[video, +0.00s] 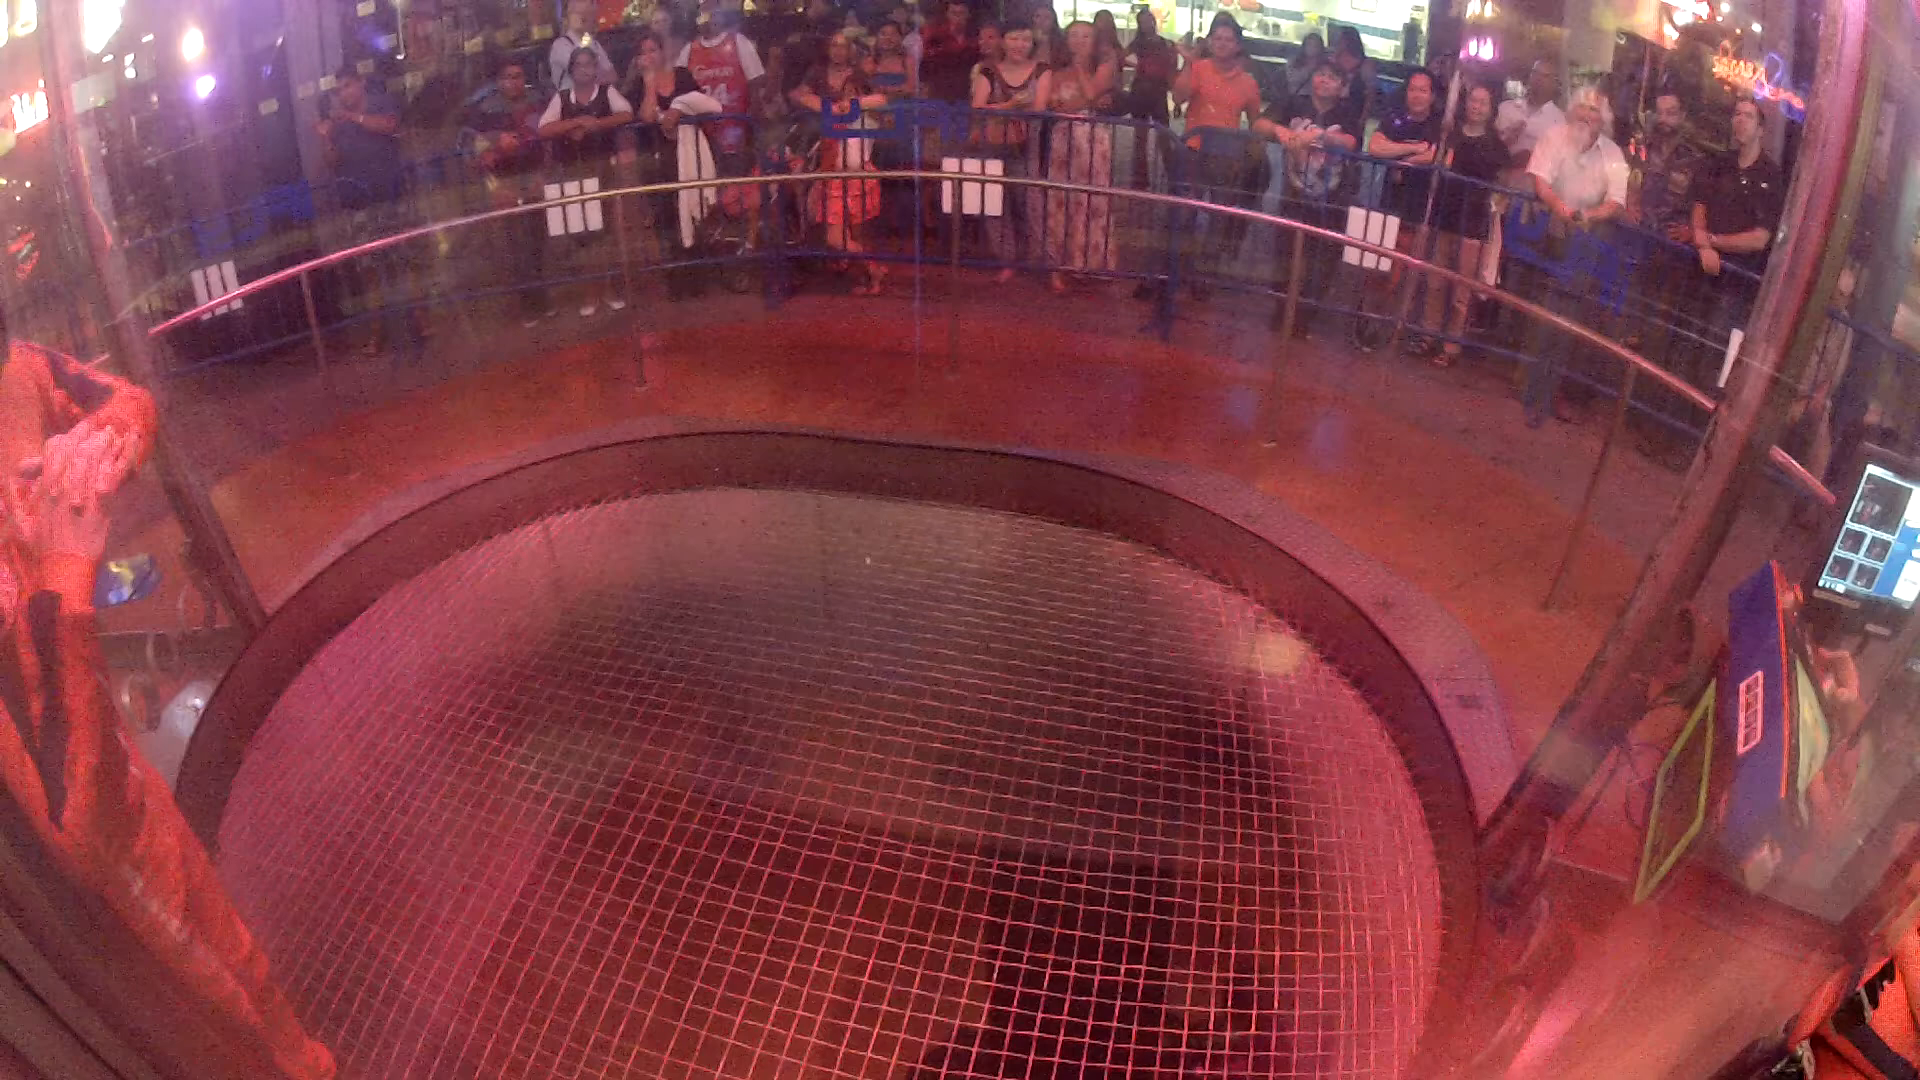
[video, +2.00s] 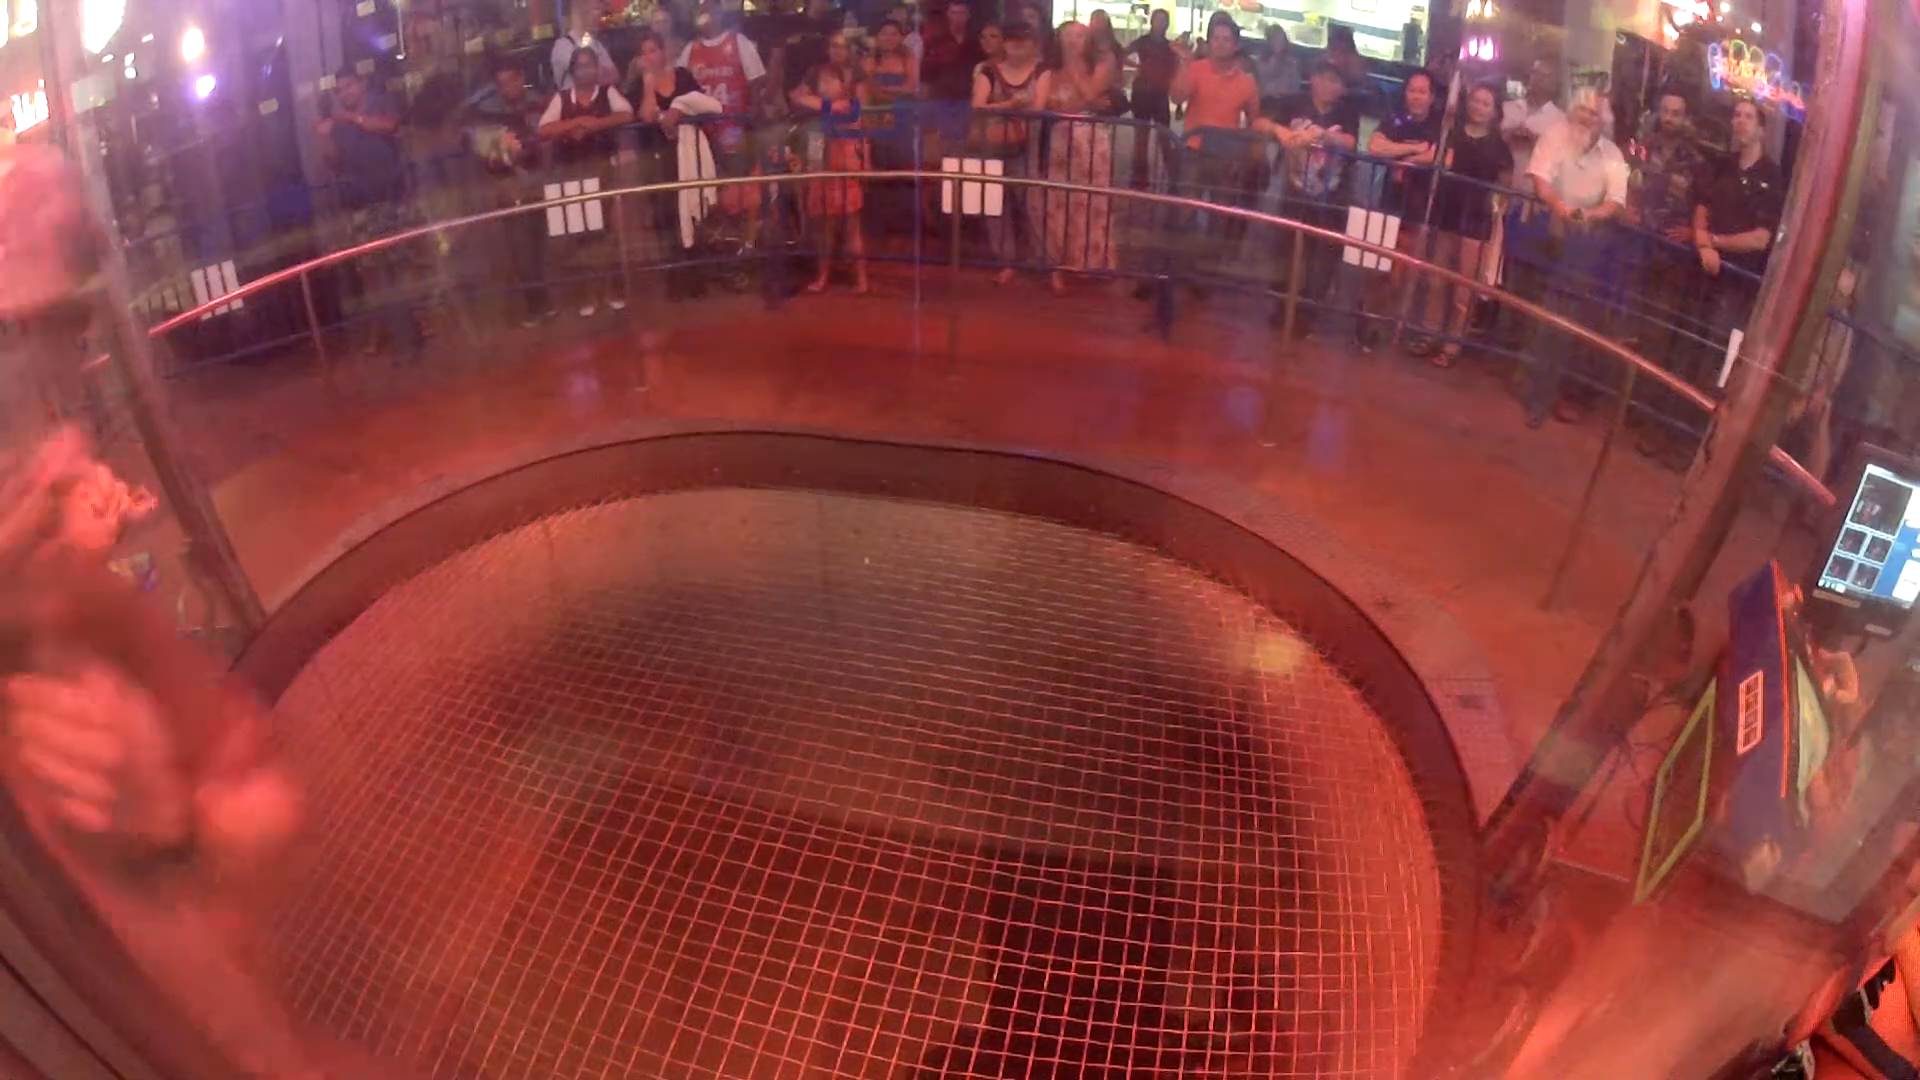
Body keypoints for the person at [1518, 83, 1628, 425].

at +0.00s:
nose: (1587, 117)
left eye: (1594, 112)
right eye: (1583, 110)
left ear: (1604, 118)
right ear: (1571, 111)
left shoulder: (1612, 153)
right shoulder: (1556, 136)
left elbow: (1616, 202)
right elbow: (1540, 181)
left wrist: (1589, 215)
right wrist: (1560, 209)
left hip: (1587, 235)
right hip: (1551, 226)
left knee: (1571, 310)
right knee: (1543, 305)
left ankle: (1550, 390)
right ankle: (1532, 388)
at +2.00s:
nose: (1586, 119)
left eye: (1594, 115)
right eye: (1582, 111)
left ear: (1603, 120)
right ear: (1571, 111)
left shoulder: (1612, 154)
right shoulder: (1556, 135)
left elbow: (1616, 201)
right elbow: (1539, 179)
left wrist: (1591, 215)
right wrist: (1560, 208)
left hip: (1588, 230)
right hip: (1550, 222)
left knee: (1574, 303)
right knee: (1542, 298)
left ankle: (1558, 388)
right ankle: (1532, 382)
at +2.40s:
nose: (1585, 118)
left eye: (1593, 114)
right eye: (1581, 111)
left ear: (1603, 121)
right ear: (1571, 111)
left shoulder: (1612, 154)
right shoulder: (1555, 136)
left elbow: (1616, 200)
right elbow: (1539, 179)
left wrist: (1591, 215)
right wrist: (1560, 208)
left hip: (1588, 230)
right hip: (1550, 222)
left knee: (1573, 302)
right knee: (1541, 298)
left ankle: (1555, 387)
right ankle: (1533, 382)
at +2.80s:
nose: (1585, 119)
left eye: (1592, 114)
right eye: (1581, 111)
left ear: (1603, 120)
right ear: (1570, 111)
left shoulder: (1613, 155)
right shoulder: (1554, 138)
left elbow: (1616, 201)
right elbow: (1540, 183)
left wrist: (1591, 215)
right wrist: (1561, 208)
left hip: (1588, 229)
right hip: (1551, 221)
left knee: (1574, 302)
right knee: (1541, 298)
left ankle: (1553, 388)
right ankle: (1529, 380)